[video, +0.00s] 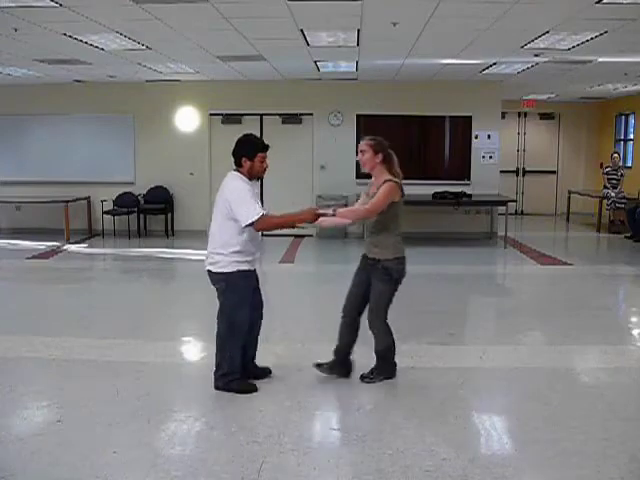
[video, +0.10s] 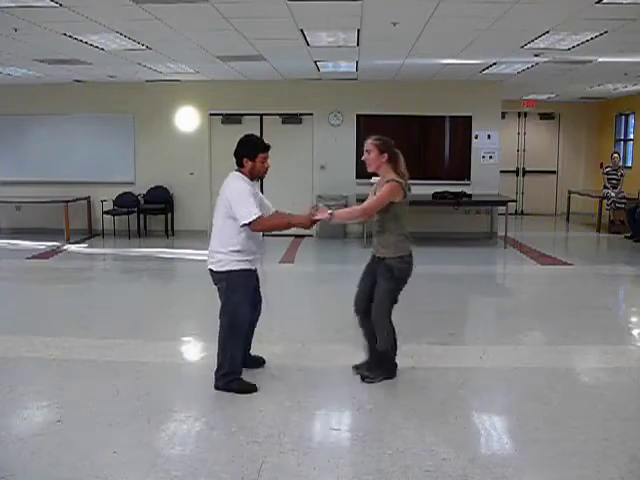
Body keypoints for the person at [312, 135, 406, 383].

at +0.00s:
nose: (359, 158)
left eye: (363, 153)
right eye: (359, 153)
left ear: (379, 156)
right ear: (374, 158)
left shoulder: (390, 186)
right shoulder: (372, 186)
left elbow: (368, 213)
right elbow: (356, 211)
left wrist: (333, 218)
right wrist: (328, 214)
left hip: (389, 263)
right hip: (370, 260)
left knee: (376, 318)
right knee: (350, 312)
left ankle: (386, 366)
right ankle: (341, 361)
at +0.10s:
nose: (364, 157)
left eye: (368, 152)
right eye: (365, 153)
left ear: (384, 156)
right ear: (382, 158)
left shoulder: (393, 186)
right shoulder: (380, 184)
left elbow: (364, 213)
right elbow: (364, 211)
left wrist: (330, 215)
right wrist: (331, 214)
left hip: (396, 261)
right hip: (379, 258)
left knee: (380, 312)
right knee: (362, 307)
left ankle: (387, 365)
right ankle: (375, 358)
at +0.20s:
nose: (368, 156)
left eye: (372, 151)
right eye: (368, 151)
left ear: (388, 154)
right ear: (387, 155)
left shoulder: (393, 185)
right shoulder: (391, 183)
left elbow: (361, 209)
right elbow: (368, 214)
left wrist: (329, 216)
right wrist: (338, 211)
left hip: (398, 257)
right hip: (392, 255)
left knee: (383, 310)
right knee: (384, 307)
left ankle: (387, 364)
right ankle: (406, 348)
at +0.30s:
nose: (368, 155)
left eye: (373, 150)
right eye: (369, 150)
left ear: (388, 154)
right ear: (388, 155)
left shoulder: (393, 185)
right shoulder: (395, 183)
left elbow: (360, 210)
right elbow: (369, 215)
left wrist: (330, 217)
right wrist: (340, 211)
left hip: (399, 258)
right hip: (401, 255)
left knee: (382, 311)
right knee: (399, 307)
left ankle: (385, 366)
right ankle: (416, 353)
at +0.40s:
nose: (367, 155)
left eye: (372, 150)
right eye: (368, 150)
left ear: (387, 156)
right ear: (386, 156)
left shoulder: (392, 187)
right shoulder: (391, 184)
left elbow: (360, 215)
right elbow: (367, 214)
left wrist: (328, 227)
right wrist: (338, 210)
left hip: (398, 259)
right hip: (398, 257)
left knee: (379, 312)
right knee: (399, 306)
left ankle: (389, 365)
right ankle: (416, 353)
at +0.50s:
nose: (363, 155)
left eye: (368, 151)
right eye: (364, 150)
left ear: (382, 156)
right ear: (380, 156)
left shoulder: (393, 187)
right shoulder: (379, 183)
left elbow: (367, 217)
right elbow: (367, 216)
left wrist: (334, 229)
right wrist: (337, 211)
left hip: (394, 262)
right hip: (380, 259)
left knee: (380, 313)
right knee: (388, 308)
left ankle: (393, 364)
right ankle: (414, 351)